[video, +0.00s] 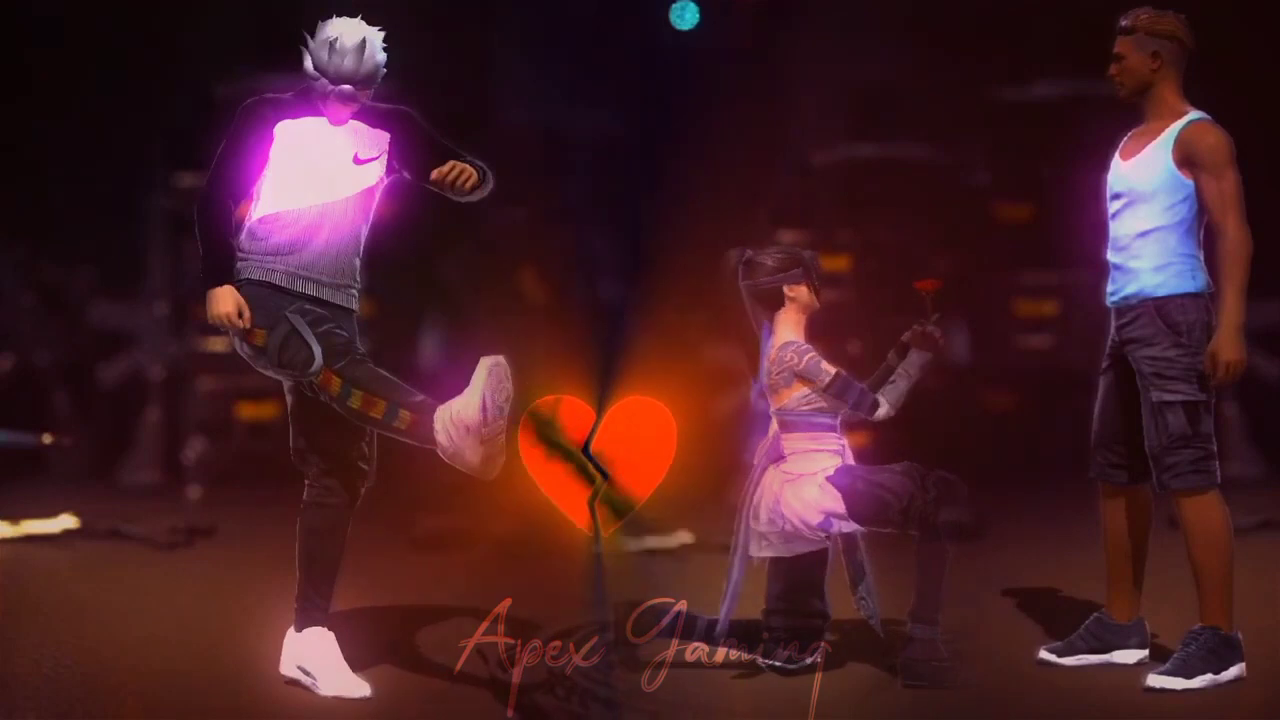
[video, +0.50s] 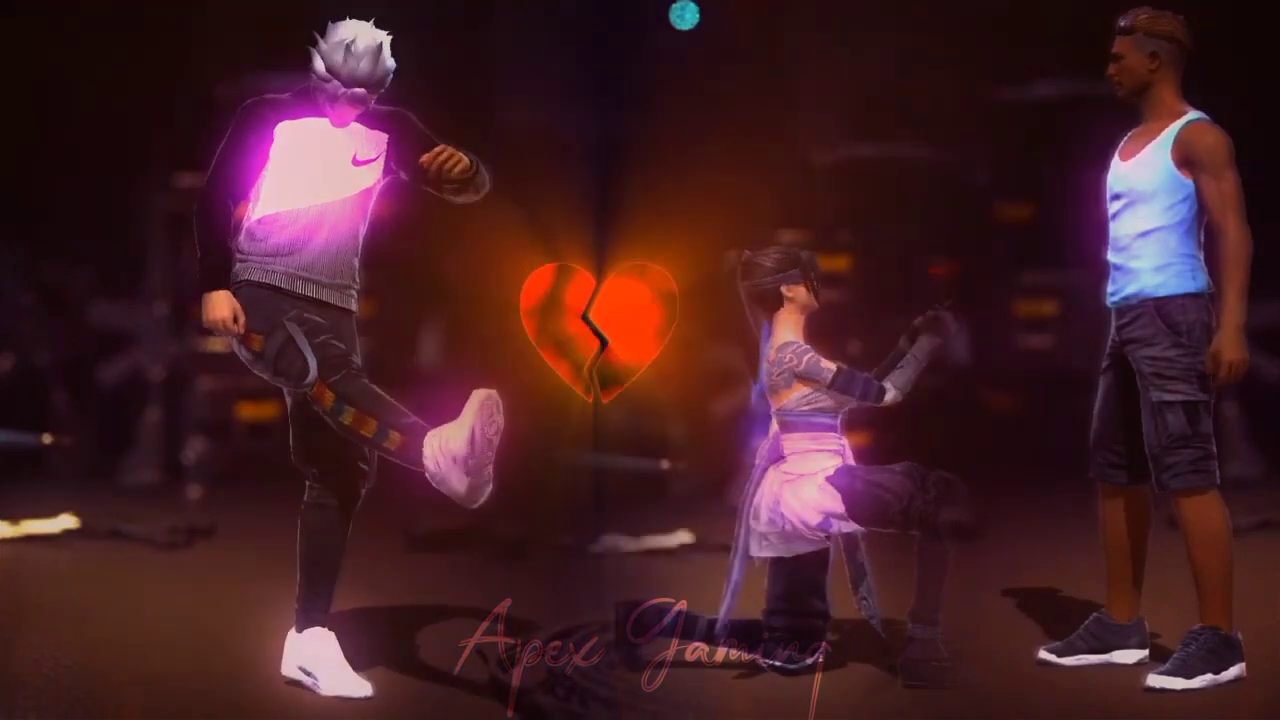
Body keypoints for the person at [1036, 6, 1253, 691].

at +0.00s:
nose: (1112, 66)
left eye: (1122, 57)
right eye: (1113, 57)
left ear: (1160, 61)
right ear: (1142, 64)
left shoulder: (1199, 134)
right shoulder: (1131, 141)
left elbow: (1233, 233)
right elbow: (1134, 241)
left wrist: (1229, 328)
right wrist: (1118, 319)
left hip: (1172, 319)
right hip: (1125, 322)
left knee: (1190, 476)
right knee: (1117, 470)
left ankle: (1217, 636)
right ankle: (1121, 623)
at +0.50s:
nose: (1110, 68)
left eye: (1120, 58)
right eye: (1111, 58)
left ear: (1157, 62)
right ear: (1140, 65)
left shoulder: (1198, 135)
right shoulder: (1132, 141)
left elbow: (1233, 232)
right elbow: (1136, 240)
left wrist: (1231, 328)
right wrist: (1119, 320)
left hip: (1172, 320)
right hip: (1125, 322)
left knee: (1190, 476)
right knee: (1116, 470)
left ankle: (1216, 636)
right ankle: (1121, 623)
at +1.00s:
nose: (1110, 68)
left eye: (1120, 58)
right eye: (1111, 58)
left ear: (1157, 62)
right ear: (1141, 65)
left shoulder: (1199, 135)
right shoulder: (1131, 142)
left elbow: (1234, 233)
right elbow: (1135, 241)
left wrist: (1232, 328)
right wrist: (1119, 321)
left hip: (1172, 319)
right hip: (1125, 322)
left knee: (1189, 476)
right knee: (1115, 469)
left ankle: (1216, 637)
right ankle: (1120, 623)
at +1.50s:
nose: (1113, 69)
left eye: (1122, 59)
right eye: (1113, 59)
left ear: (1160, 62)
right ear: (1142, 65)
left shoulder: (1200, 135)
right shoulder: (1133, 140)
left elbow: (1234, 232)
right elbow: (1135, 240)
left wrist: (1227, 327)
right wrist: (1117, 321)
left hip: (1172, 320)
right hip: (1125, 322)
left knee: (1190, 476)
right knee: (1117, 471)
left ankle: (1216, 637)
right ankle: (1120, 623)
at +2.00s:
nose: (1112, 68)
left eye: (1122, 58)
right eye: (1112, 59)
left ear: (1159, 62)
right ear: (1141, 65)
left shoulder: (1200, 135)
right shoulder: (1132, 140)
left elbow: (1234, 232)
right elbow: (1136, 240)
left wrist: (1229, 327)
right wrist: (1118, 319)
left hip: (1172, 320)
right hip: (1125, 323)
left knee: (1190, 477)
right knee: (1117, 471)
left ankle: (1216, 637)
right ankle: (1121, 623)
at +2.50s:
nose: (1111, 68)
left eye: (1120, 58)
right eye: (1111, 58)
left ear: (1158, 62)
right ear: (1140, 65)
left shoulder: (1199, 135)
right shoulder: (1131, 141)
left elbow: (1233, 233)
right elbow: (1135, 241)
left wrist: (1231, 328)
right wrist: (1119, 320)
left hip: (1172, 320)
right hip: (1125, 323)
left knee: (1189, 477)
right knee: (1115, 471)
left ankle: (1216, 637)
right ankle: (1121, 623)